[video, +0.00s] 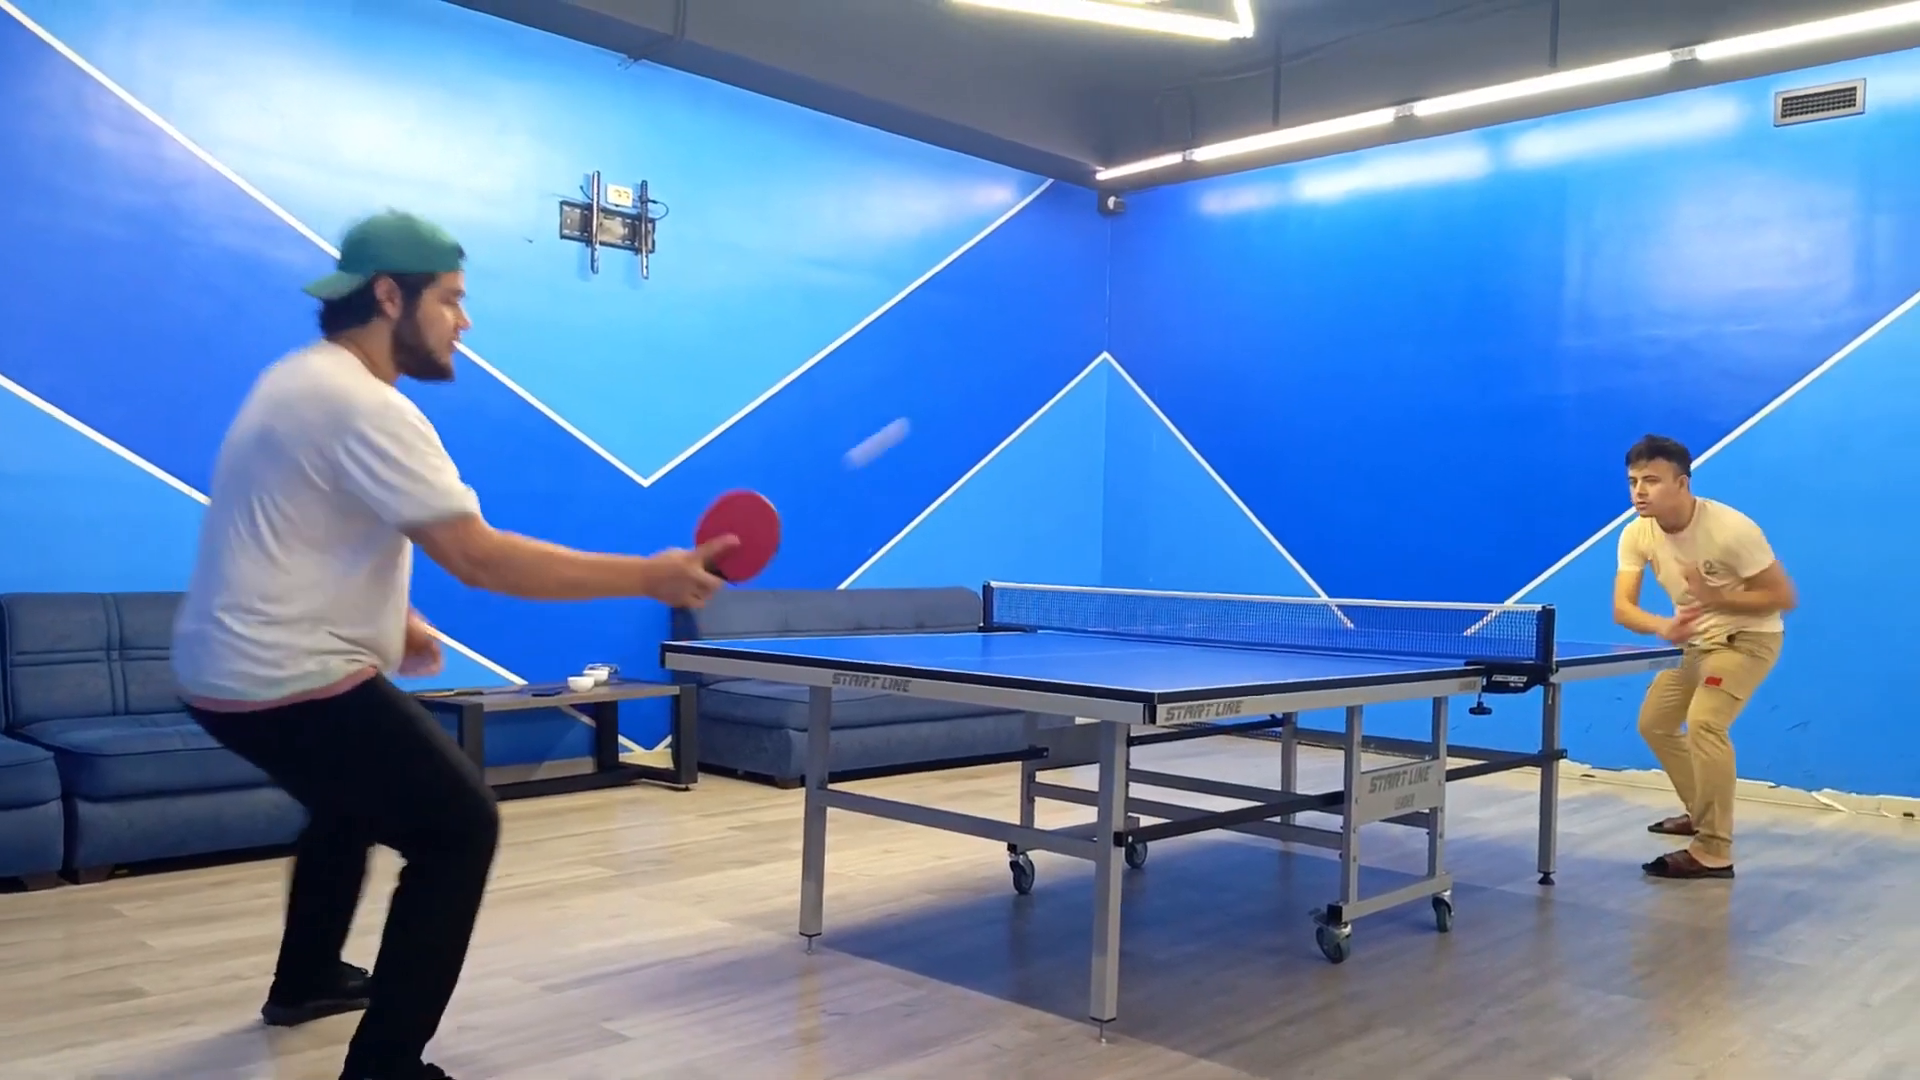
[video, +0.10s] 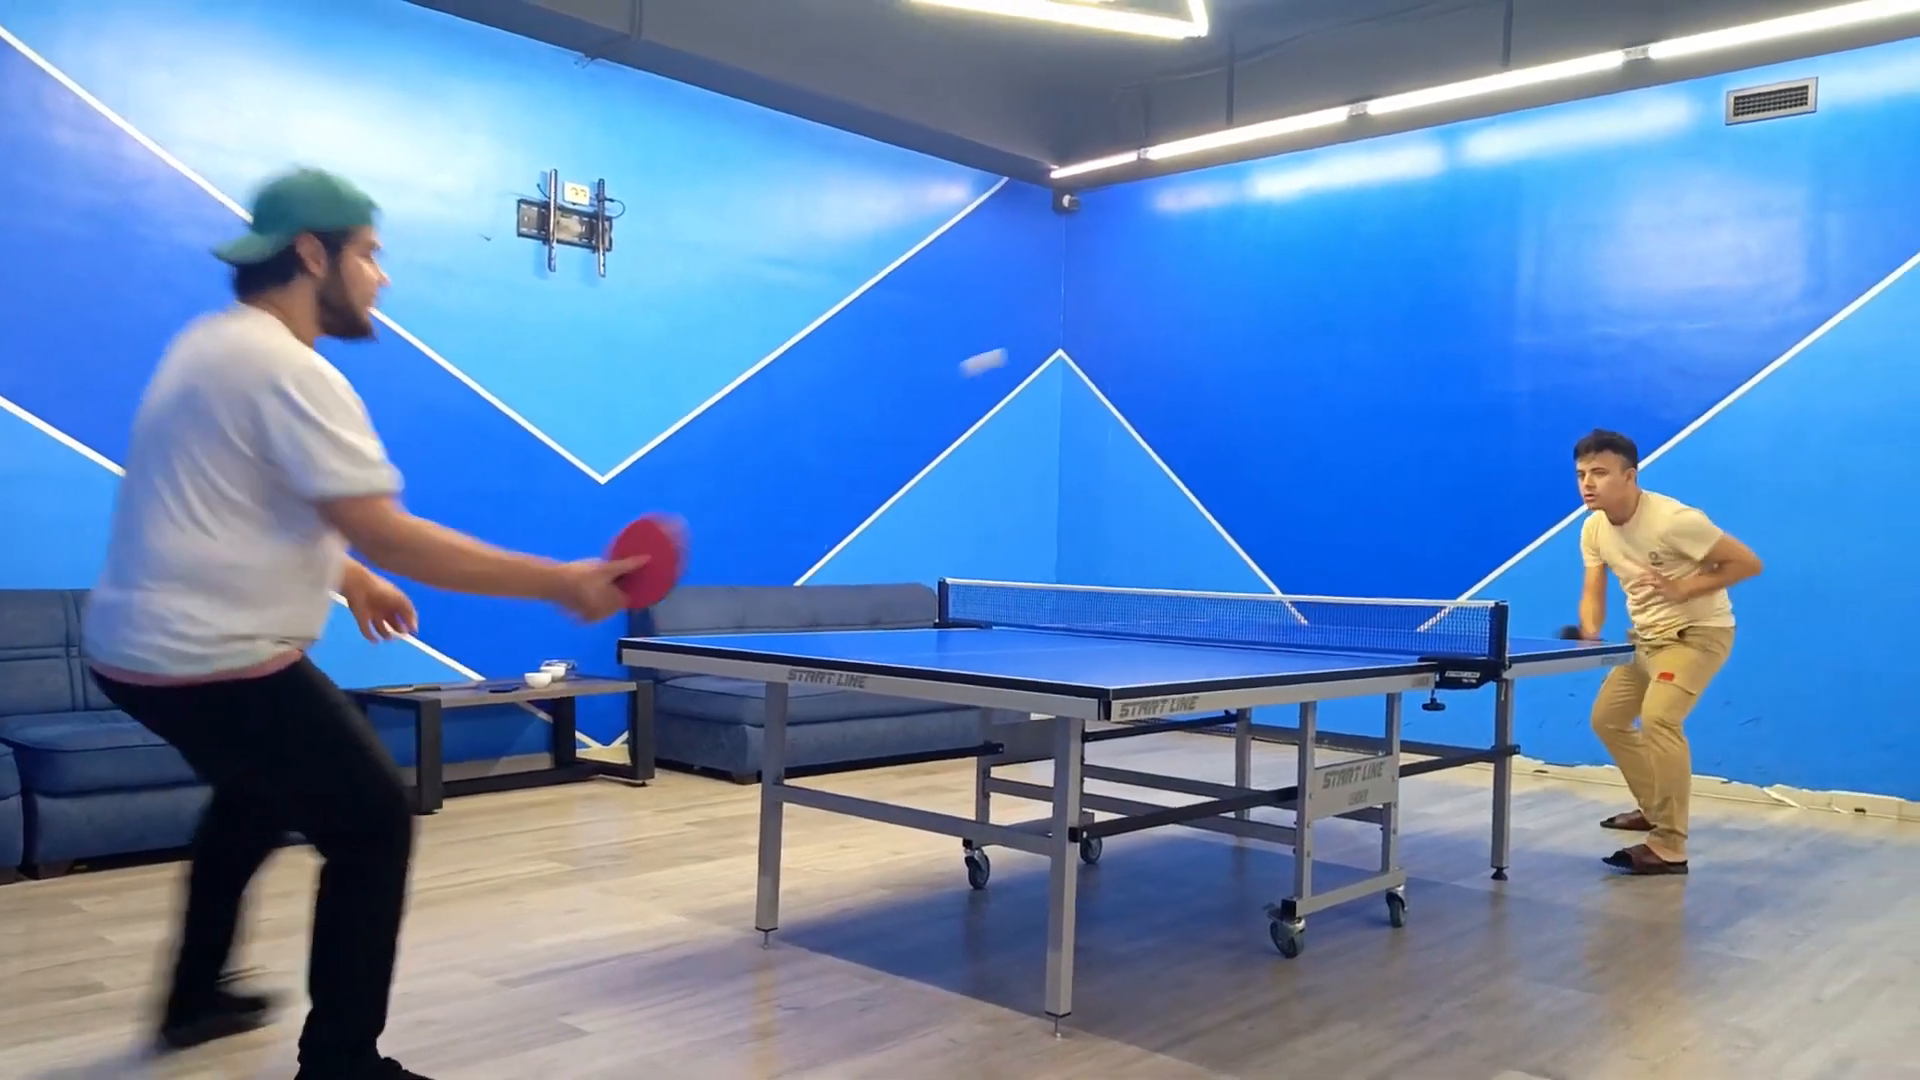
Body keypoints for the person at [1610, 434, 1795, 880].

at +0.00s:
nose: (1639, 491)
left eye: (1651, 481)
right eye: (1634, 482)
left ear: (1682, 483)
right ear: (1630, 485)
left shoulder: (1731, 529)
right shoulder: (1637, 533)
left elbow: (1785, 595)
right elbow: (1622, 609)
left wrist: (1719, 598)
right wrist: (1662, 626)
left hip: (1749, 636)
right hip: (1696, 640)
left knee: (1705, 725)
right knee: (1656, 725)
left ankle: (1714, 850)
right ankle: (1702, 814)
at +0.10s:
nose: (1587, 484)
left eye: (1598, 473)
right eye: (1582, 474)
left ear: (1631, 476)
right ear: (1578, 478)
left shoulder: (1676, 522)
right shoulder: (1594, 529)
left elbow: (1749, 563)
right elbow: (1593, 591)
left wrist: (1687, 586)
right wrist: (1590, 630)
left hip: (1698, 634)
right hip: (1648, 639)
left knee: (1659, 720)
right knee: (1609, 720)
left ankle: (1670, 846)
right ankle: (1655, 809)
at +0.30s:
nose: (1575, 475)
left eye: (1586, 465)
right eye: (1570, 468)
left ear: (1618, 472)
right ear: (1567, 475)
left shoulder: (1648, 515)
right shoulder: (1601, 532)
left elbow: (1680, 587)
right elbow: (1622, 600)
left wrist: (1606, 590)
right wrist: (1575, 635)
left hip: (1687, 634)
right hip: (1645, 638)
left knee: (1625, 719)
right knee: (1597, 717)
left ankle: (1657, 845)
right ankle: (1646, 810)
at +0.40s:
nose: (1612, 469)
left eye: (1623, 460)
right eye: (1609, 462)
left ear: (1657, 464)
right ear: (1609, 468)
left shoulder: (1666, 501)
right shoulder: (1662, 508)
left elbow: (1650, 575)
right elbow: (1682, 599)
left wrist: (1597, 577)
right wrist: (1635, 634)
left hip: (1711, 636)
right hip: (1688, 636)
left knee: (1644, 724)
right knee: (1634, 717)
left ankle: (1690, 851)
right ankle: (1681, 815)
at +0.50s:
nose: (1648, 463)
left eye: (1657, 451)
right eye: (1645, 455)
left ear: (1691, 453)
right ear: (1693, 459)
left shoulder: (1688, 487)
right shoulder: (1730, 499)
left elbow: (1622, 542)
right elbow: (1763, 583)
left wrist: (1613, 555)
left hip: (1725, 630)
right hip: (1745, 628)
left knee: (1671, 730)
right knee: (1686, 722)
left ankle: (1723, 853)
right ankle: (1720, 816)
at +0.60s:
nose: (1673, 470)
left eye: (1682, 459)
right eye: (1672, 461)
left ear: (1718, 459)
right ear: (1723, 463)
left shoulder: (1705, 491)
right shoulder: (1774, 509)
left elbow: (1631, 517)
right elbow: (1817, 582)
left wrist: (1621, 551)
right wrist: (1795, 632)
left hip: (1747, 633)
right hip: (1786, 635)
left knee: (1691, 736)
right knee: (1723, 726)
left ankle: (1747, 854)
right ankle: (1762, 824)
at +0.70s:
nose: (1690, 484)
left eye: (1699, 473)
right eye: (1689, 474)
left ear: (1735, 475)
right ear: (1741, 478)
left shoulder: (1732, 505)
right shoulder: (1790, 521)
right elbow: (1847, 587)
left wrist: (1646, 559)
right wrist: (1841, 620)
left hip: (1773, 650)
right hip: (1812, 651)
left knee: (1698, 741)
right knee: (1747, 731)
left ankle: (1753, 858)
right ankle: (1789, 824)